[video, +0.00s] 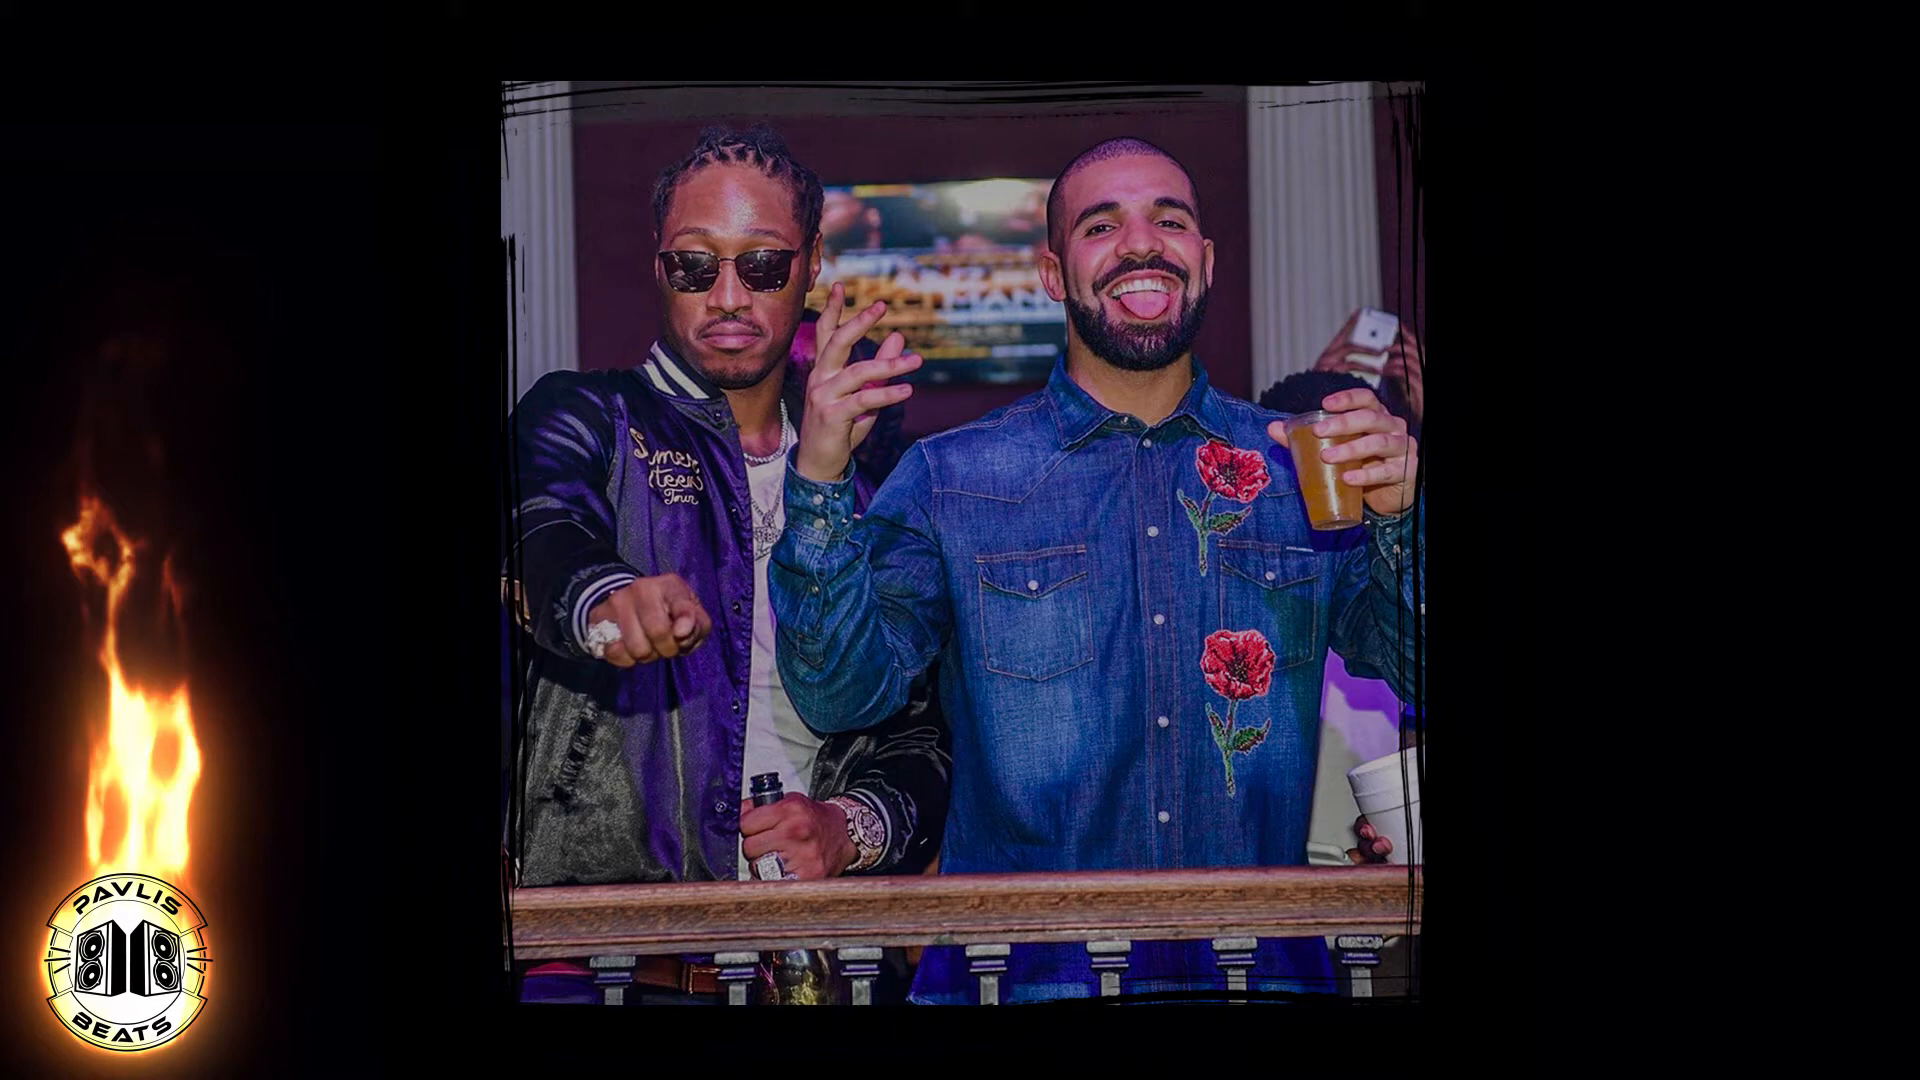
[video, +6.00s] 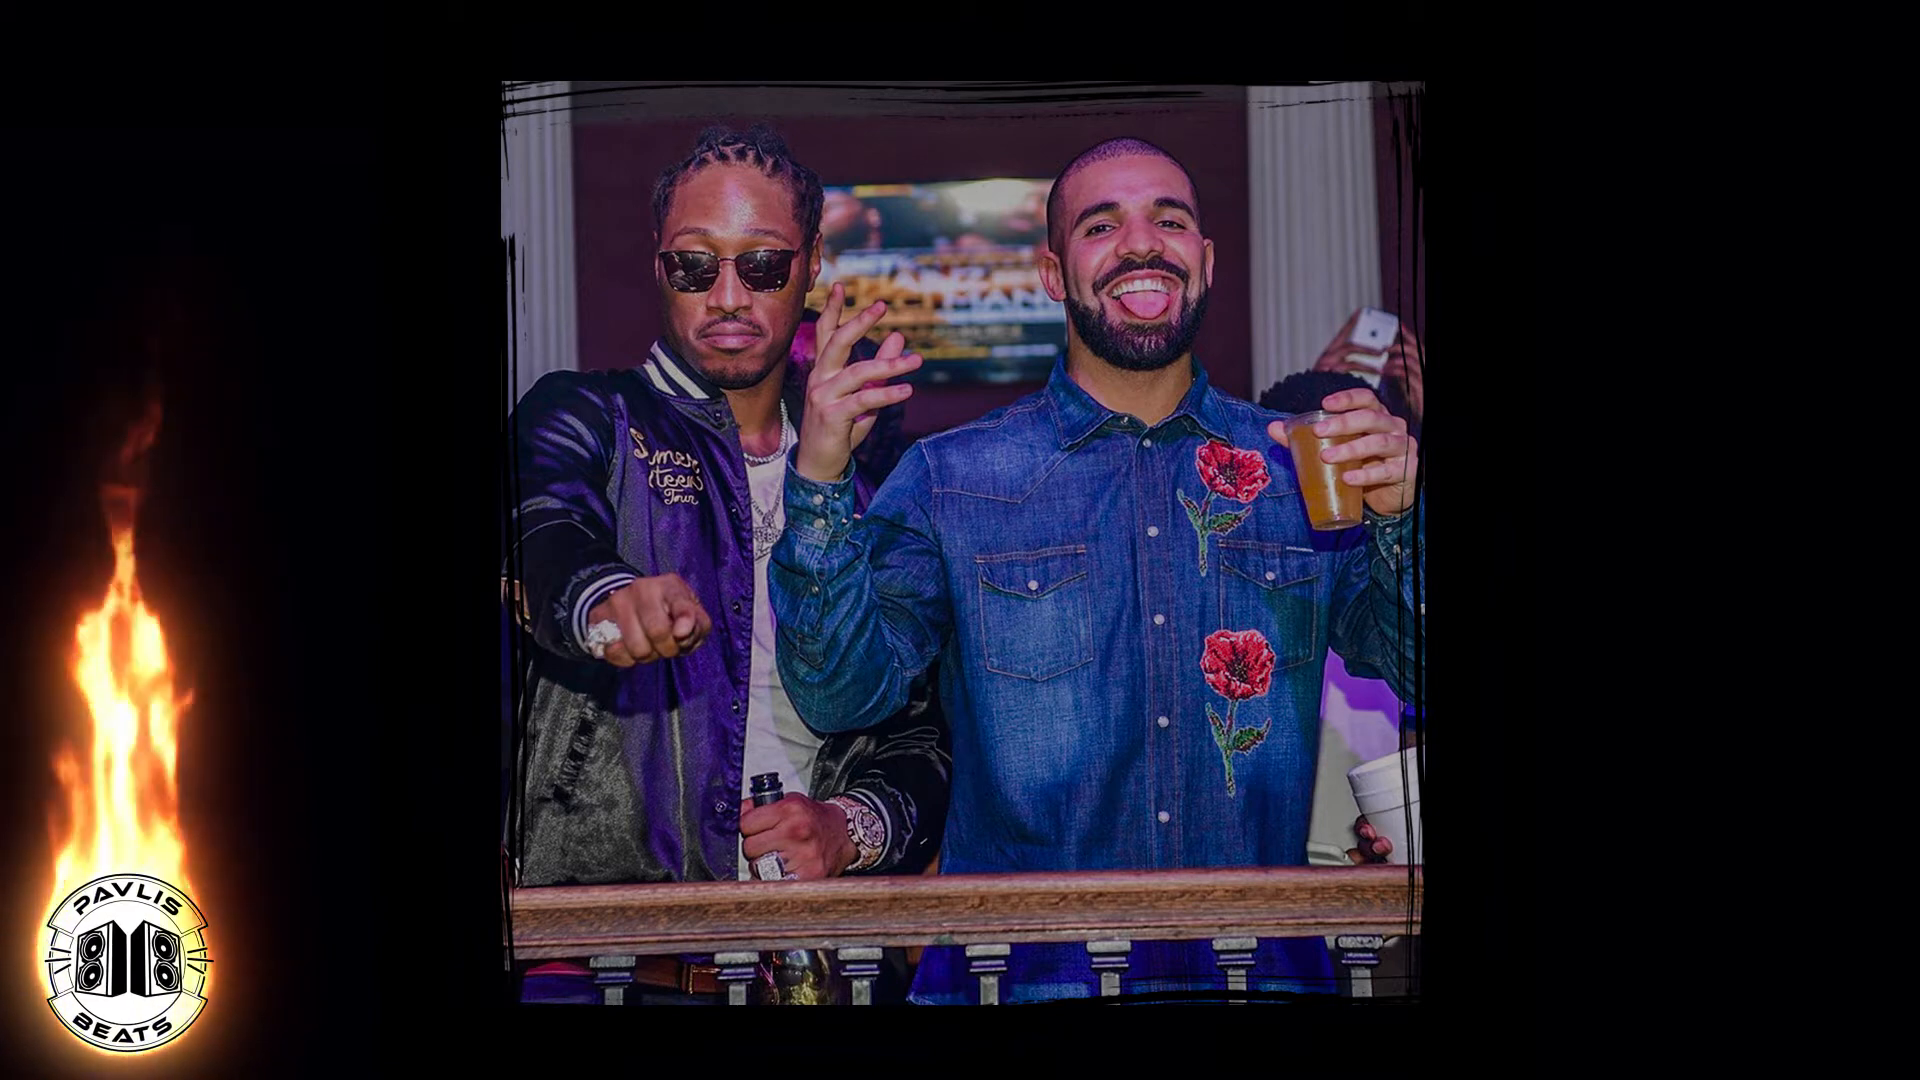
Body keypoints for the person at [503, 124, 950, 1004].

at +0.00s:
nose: (729, 296)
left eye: (763, 266)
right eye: (694, 266)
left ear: (811, 274)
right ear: (658, 274)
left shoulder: (876, 458)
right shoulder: (581, 411)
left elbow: (925, 724)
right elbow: (541, 526)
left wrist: (858, 826)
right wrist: (603, 596)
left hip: (827, 944)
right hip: (606, 944)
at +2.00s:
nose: (729, 296)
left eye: (763, 266)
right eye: (694, 266)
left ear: (811, 274)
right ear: (658, 274)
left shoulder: (876, 458)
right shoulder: (581, 411)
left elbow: (925, 724)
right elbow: (541, 526)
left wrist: (858, 825)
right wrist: (603, 596)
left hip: (827, 943)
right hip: (606, 943)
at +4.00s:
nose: (729, 295)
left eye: (764, 266)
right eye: (694, 266)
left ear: (811, 274)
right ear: (658, 273)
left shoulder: (878, 459)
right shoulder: (581, 411)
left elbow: (926, 726)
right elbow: (541, 526)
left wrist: (856, 825)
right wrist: (603, 596)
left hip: (826, 942)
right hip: (606, 942)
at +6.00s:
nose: (729, 296)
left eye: (763, 266)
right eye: (694, 266)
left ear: (811, 274)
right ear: (658, 272)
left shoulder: (878, 460)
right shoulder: (581, 412)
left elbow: (926, 726)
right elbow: (540, 525)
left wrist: (857, 826)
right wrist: (602, 595)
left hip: (827, 944)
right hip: (605, 943)